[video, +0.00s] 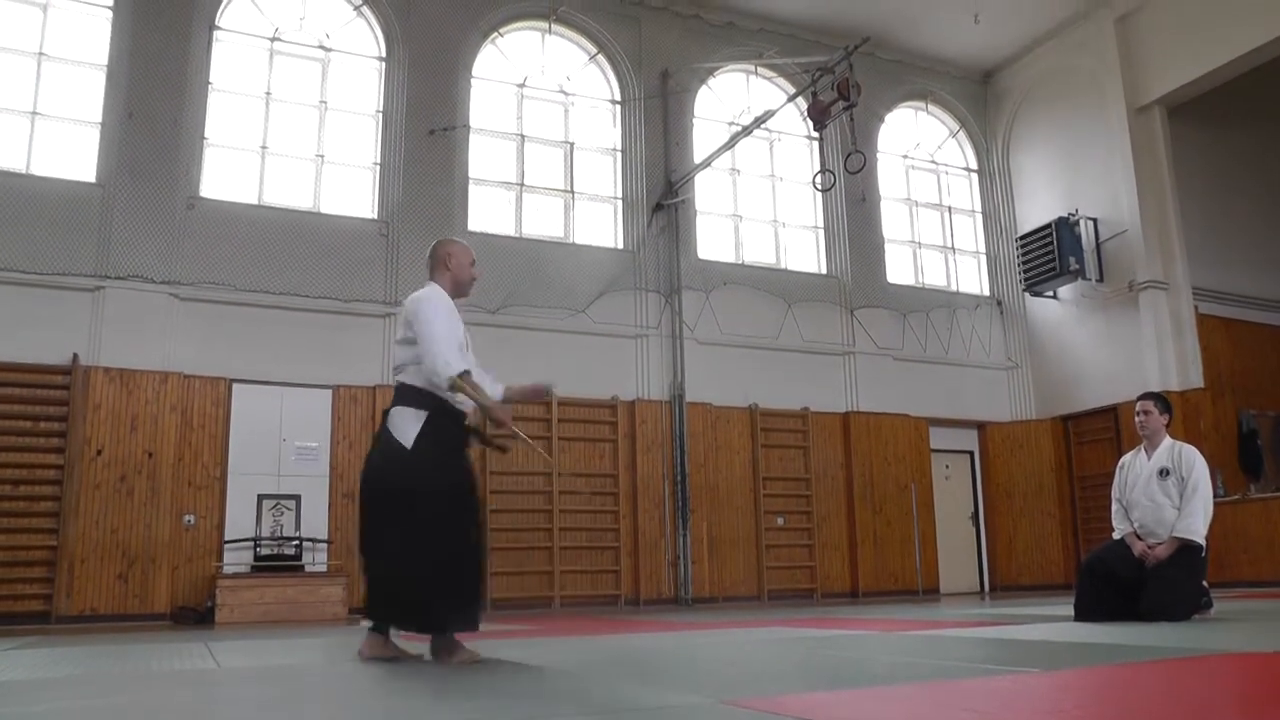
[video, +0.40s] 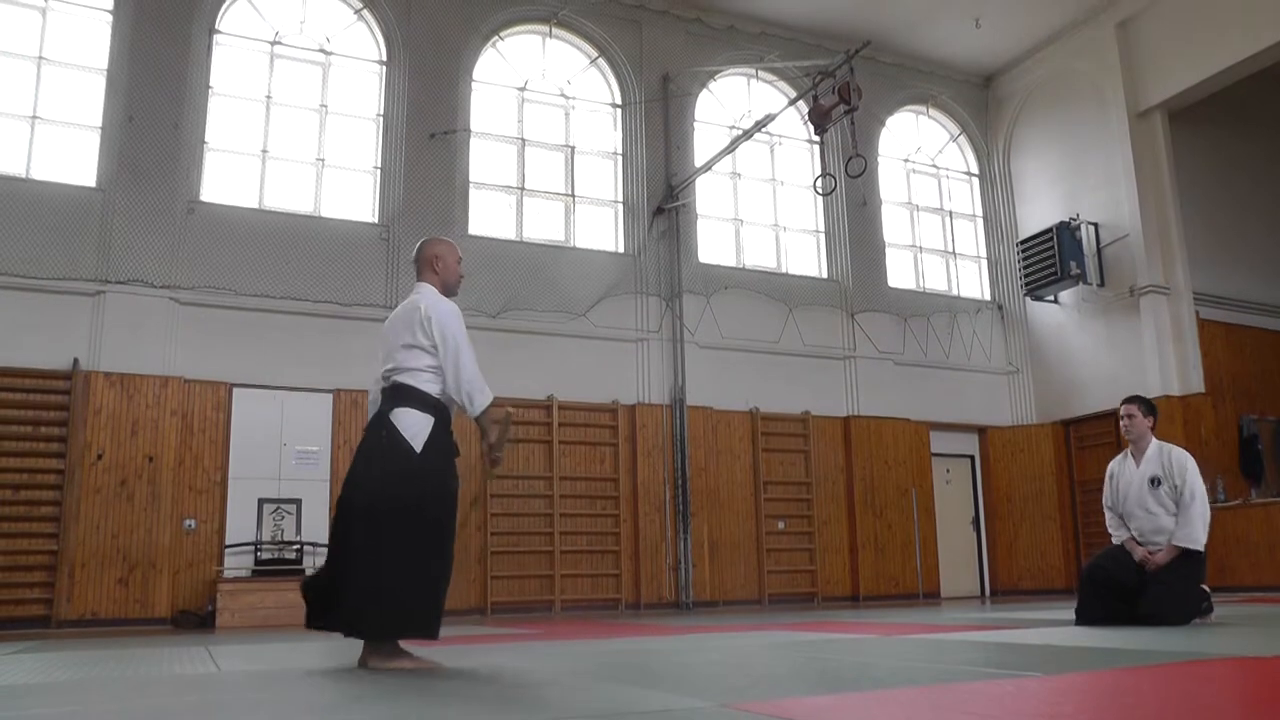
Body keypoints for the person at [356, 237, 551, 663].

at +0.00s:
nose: (476, 273)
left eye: (475, 266)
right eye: (470, 265)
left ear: (446, 264)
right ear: (447, 264)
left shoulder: (447, 314)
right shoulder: (431, 299)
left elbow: (472, 378)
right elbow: (447, 365)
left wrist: (517, 392)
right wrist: (489, 406)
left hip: (422, 424)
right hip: (424, 427)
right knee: (452, 530)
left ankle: (378, 636)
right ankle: (445, 640)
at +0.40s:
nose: (462, 271)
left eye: (461, 263)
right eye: (457, 263)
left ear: (428, 266)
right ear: (435, 264)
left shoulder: (401, 311)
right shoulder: (439, 307)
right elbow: (460, 367)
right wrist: (491, 420)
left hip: (391, 418)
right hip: (418, 423)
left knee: (391, 528)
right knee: (407, 529)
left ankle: (382, 642)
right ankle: (382, 645)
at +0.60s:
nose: (470, 269)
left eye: (469, 261)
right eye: (465, 260)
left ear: (435, 264)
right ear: (443, 262)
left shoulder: (398, 313)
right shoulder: (447, 306)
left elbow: (384, 381)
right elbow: (467, 370)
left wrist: (379, 430)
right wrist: (492, 431)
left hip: (390, 420)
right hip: (423, 423)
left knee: (390, 528)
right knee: (413, 529)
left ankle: (389, 645)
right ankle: (391, 647)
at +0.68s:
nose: (473, 270)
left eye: (472, 262)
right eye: (468, 261)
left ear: (437, 265)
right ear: (446, 263)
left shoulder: (399, 314)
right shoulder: (451, 307)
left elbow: (394, 382)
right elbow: (472, 372)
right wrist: (495, 432)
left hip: (390, 425)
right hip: (427, 428)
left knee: (390, 531)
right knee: (426, 531)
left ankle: (390, 643)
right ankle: (402, 646)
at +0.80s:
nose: (481, 274)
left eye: (480, 265)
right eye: (476, 265)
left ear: (444, 267)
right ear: (454, 265)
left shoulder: (405, 317)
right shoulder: (461, 310)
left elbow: (393, 384)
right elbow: (481, 375)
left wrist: (402, 426)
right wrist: (503, 435)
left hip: (397, 429)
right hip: (436, 430)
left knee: (392, 535)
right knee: (450, 532)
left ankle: (385, 647)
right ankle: (457, 638)